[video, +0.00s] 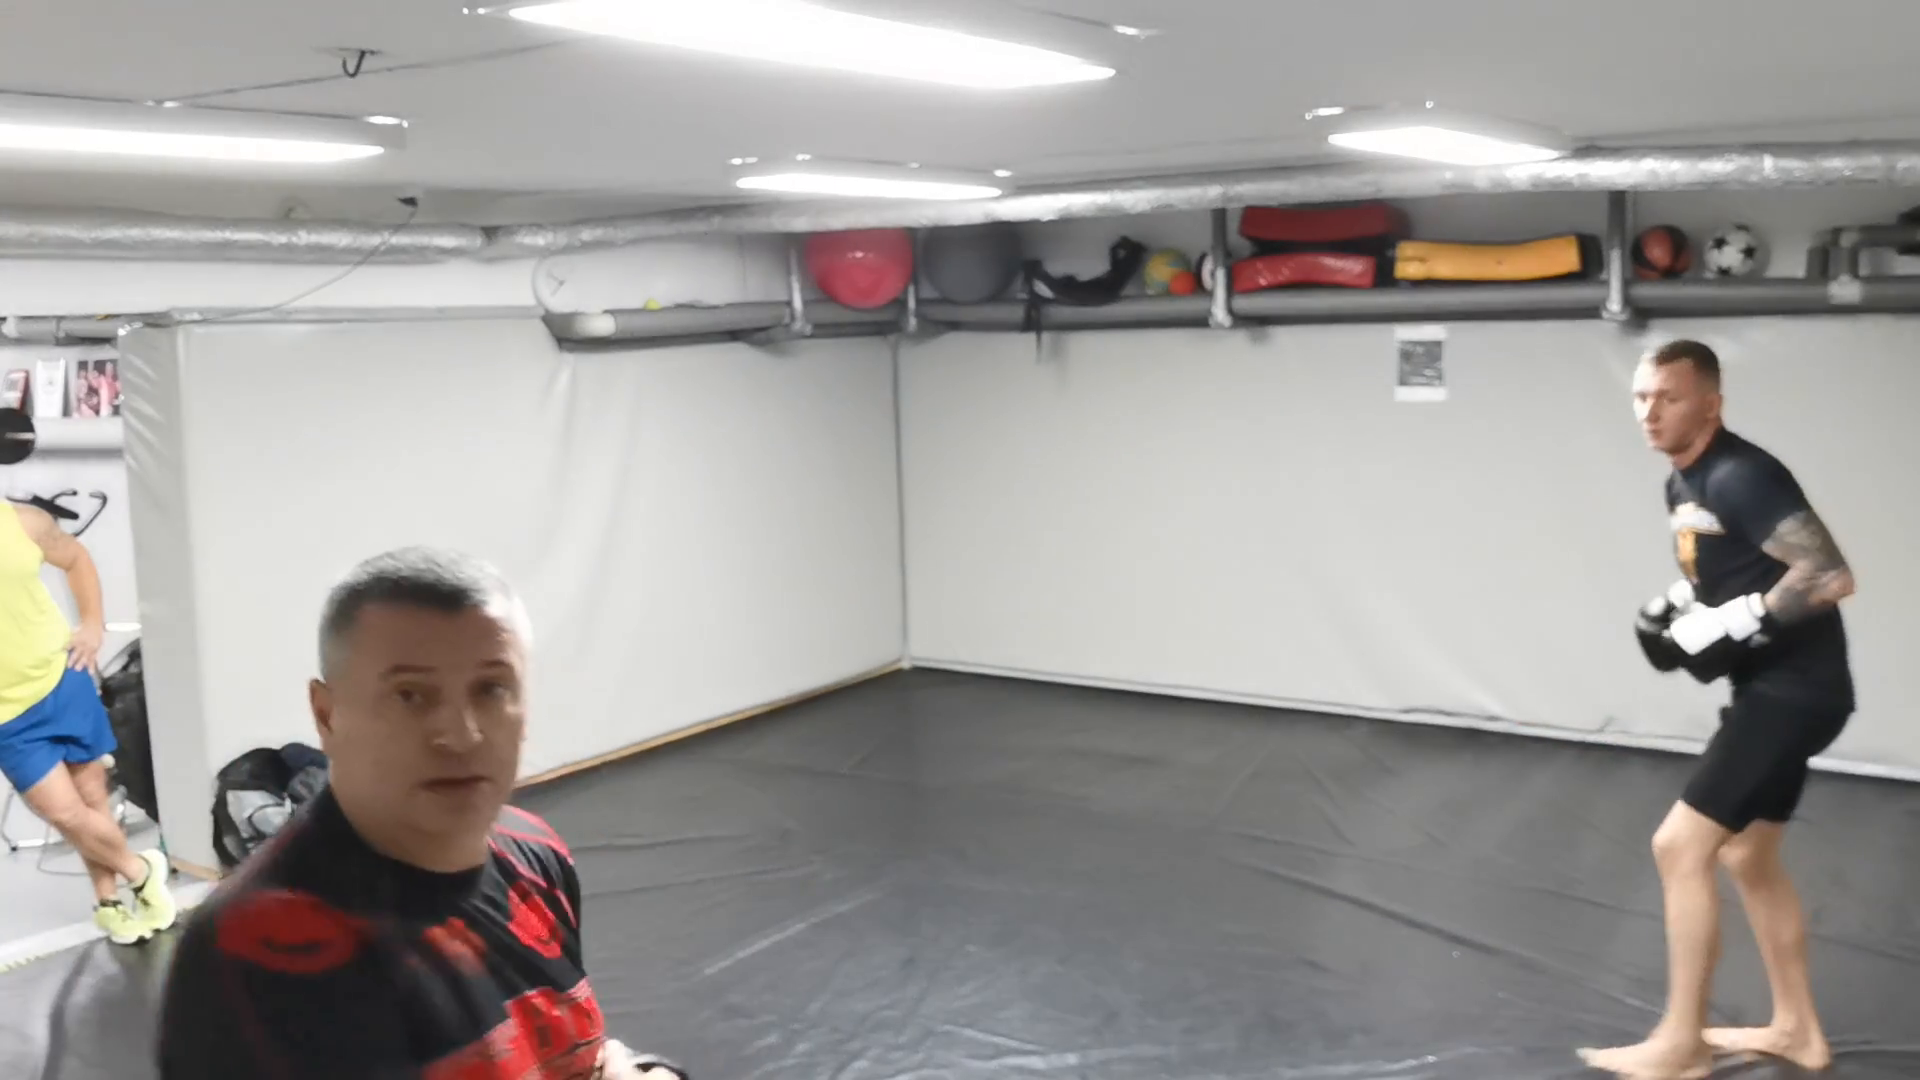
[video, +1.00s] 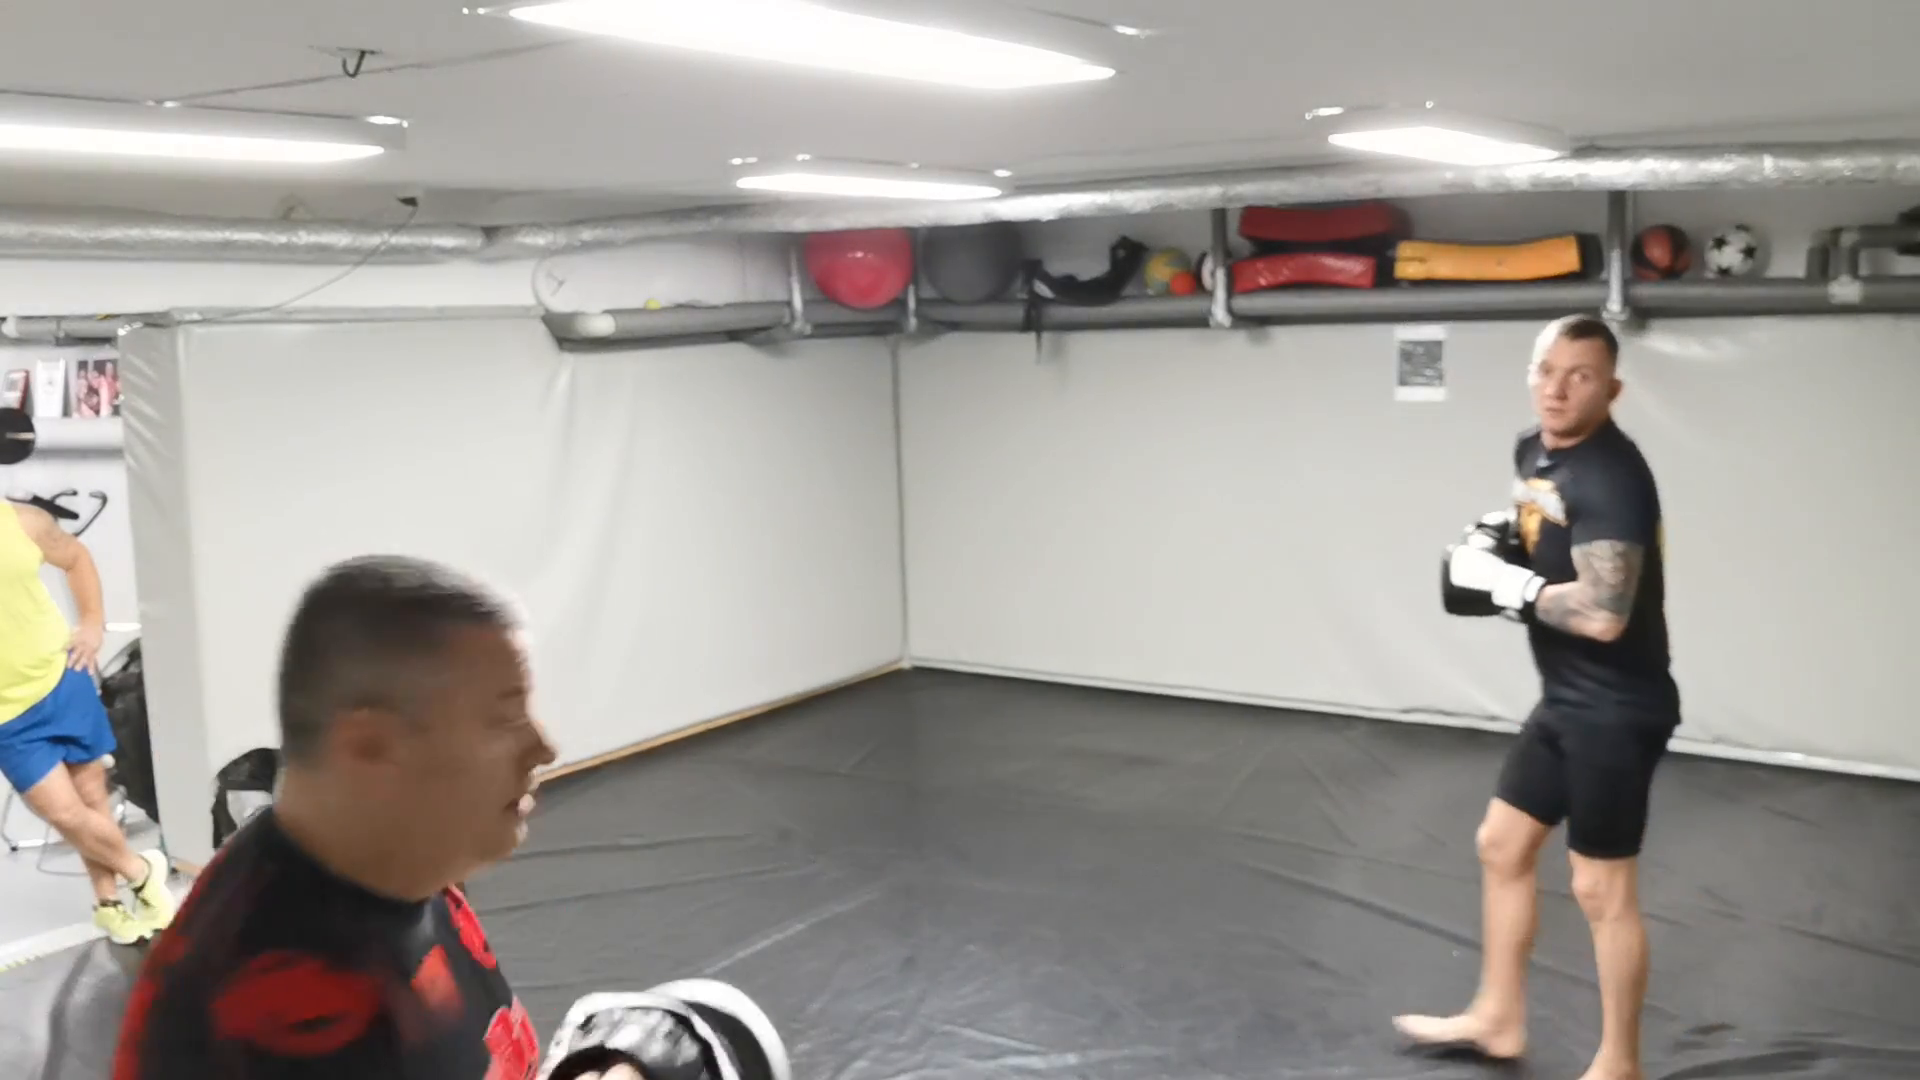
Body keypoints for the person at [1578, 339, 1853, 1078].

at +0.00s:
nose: (1650, 414)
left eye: (1667, 399)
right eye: (1643, 399)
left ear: (1711, 402)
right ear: (1637, 403)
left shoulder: (1747, 477)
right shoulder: (1682, 481)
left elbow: (1831, 575)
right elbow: (1719, 578)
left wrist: (1737, 618)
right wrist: (1680, 611)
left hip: (1797, 690)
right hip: (1766, 685)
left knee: (1681, 846)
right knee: (1751, 854)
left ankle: (1679, 1040)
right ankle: (1797, 1028)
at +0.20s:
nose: (1643, 407)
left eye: (1661, 393)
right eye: (1634, 393)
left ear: (1701, 399)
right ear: (1625, 398)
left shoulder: (1734, 477)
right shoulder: (1653, 476)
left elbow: (1829, 573)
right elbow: (1675, 568)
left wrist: (1720, 623)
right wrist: (1640, 598)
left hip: (1761, 697)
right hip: (1718, 693)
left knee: (1668, 867)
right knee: (1736, 867)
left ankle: (1625, 1053)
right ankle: (1795, 1025)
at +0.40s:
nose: (1621, 406)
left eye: (1641, 393)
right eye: (1611, 390)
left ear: (1676, 401)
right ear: (1600, 394)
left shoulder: (1701, 484)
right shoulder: (1611, 472)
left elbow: (1784, 594)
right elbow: (1637, 567)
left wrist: (1682, 630)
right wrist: (1600, 595)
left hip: (1717, 698)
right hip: (1675, 694)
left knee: (1632, 872)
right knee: (1718, 864)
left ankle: (1619, 1059)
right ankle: (1790, 1017)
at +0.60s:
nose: (1595, 402)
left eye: (1615, 389)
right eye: (1584, 385)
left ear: (1649, 397)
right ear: (1570, 387)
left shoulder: (1666, 488)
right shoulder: (1581, 462)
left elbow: (1701, 624)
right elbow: (1595, 559)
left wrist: (1591, 625)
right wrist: (1553, 576)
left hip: (1677, 698)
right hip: (1631, 688)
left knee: (1613, 879)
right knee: (1649, 853)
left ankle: (1618, 1060)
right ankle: (1756, 984)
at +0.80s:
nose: (1580, 394)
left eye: (1601, 382)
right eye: (1569, 377)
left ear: (1634, 393)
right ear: (1556, 381)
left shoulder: (1638, 481)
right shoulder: (1560, 454)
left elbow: (1630, 622)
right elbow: (1574, 543)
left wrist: (1537, 591)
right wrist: (1527, 544)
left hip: (1646, 703)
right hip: (1598, 690)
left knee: (1609, 885)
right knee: (1557, 840)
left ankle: (1619, 1059)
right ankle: (1650, 998)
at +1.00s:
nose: (1557, 389)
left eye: (1577, 377)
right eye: (1546, 372)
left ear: (1611, 389)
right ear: (1531, 377)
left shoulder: (1613, 476)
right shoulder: (1536, 449)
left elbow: (1604, 615)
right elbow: (1545, 545)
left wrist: (1510, 585)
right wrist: (1497, 545)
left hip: (1620, 707)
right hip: (1565, 694)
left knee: (1603, 889)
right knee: (1504, 846)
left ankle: (1619, 1059)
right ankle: (1498, 1018)